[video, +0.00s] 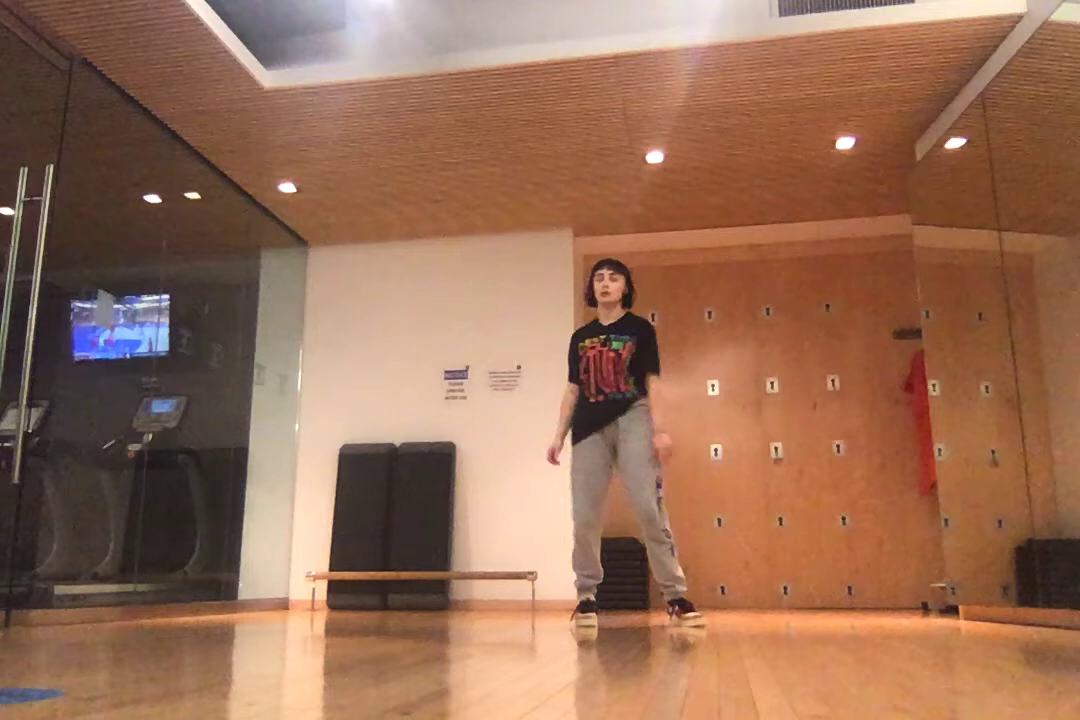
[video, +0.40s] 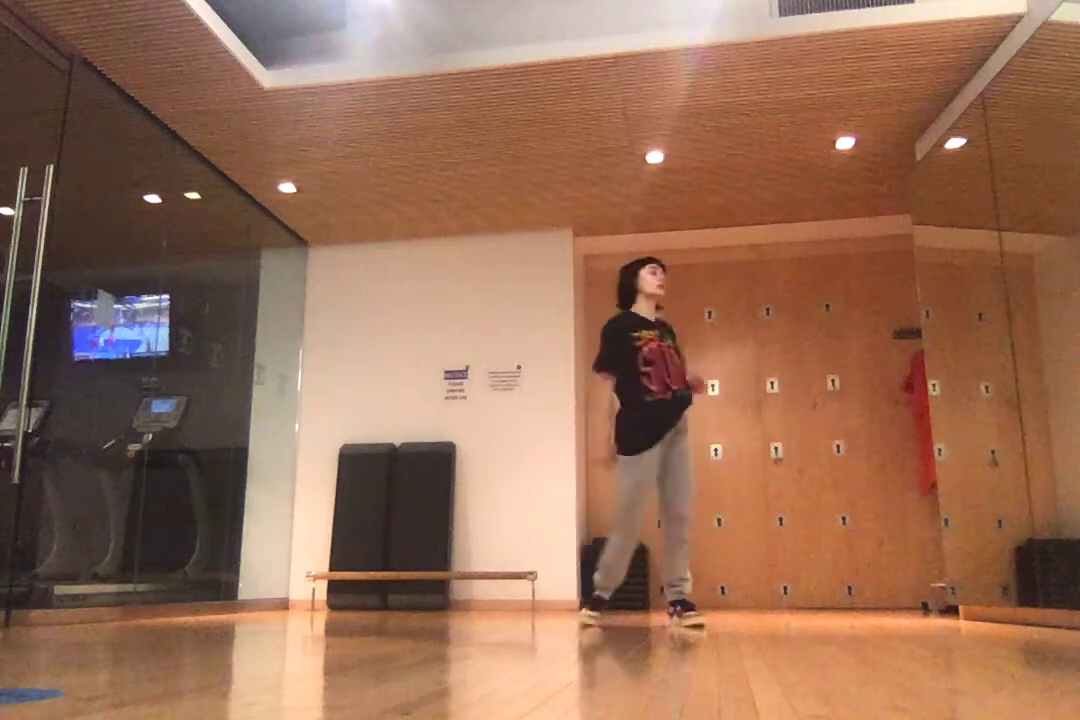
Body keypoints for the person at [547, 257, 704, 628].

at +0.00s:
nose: (606, 284)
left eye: (613, 279)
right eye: (600, 279)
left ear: (626, 287)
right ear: (592, 289)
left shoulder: (641, 328)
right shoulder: (581, 337)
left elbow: (652, 383)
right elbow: (573, 389)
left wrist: (660, 430)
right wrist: (560, 435)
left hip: (632, 419)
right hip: (589, 424)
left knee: (647, 506)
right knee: (584, 514)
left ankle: (676, 596)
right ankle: (587, 595)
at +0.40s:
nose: (661, 278)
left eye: (662, 274)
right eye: (652, 272)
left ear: (662, 284)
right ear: (633, 281)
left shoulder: (666, 328)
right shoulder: (617, 327)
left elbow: (668, 377)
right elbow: (603, 387)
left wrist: (690, 384)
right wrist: (604, 441)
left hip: (675, 426)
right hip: (639, 431)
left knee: (678, 515)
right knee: (629, 515)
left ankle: (678, 599)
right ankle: (599, 596)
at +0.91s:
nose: (669, 265)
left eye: (673, 260)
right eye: (660, 259)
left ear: (677, 270)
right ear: (642, 265)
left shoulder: (656, 304)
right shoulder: (623, 295)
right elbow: (572, 322)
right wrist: (604, 287)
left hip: (653, 412)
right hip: (617, 416)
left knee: (668, 501)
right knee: (625, 505)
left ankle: (630, 594)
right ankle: (600, 603)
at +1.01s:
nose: (646, 267)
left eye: (650, 261)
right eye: (636, 262)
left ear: (657, 268)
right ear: (621, 269)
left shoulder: (644, 306)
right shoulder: (612, 301)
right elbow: (573, 328)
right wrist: (594, 285)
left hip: (652, 414)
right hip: (619, 419)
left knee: (661, 509)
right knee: (634, 506)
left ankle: (624, 596)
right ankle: (599, 603)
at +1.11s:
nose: (626, 269)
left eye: (631, 263)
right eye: (617, 264)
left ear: (638, 269)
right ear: (603, 271)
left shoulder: (631, 311)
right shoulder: (604, 307)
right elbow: (575, 320)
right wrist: (585, 270)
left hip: (652, 421)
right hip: (622, 426)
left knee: (656, 516)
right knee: (638, 514)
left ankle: (620, 602)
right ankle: (601, 604)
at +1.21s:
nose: (613, 274)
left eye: (618, 267)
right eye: (604, 268)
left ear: (626, 274)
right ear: (590, 276)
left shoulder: (621, 316)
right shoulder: (596, 316)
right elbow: (575, 299)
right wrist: (576, 252)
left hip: (655, 424)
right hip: (630, 426)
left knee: (653, 519)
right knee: (638, 516)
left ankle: (618, 603)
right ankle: (604, 604)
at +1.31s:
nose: (608, 279)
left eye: (613, 272)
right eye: (600, 271)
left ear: (618, 279)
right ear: (584, 276)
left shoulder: (609, 313)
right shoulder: (586, 310)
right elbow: (576, 276)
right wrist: (571, 226)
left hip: (659, 418)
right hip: (636, 420)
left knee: (658, 514)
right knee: (638, 511)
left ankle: (620, 601)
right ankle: (602, 604)